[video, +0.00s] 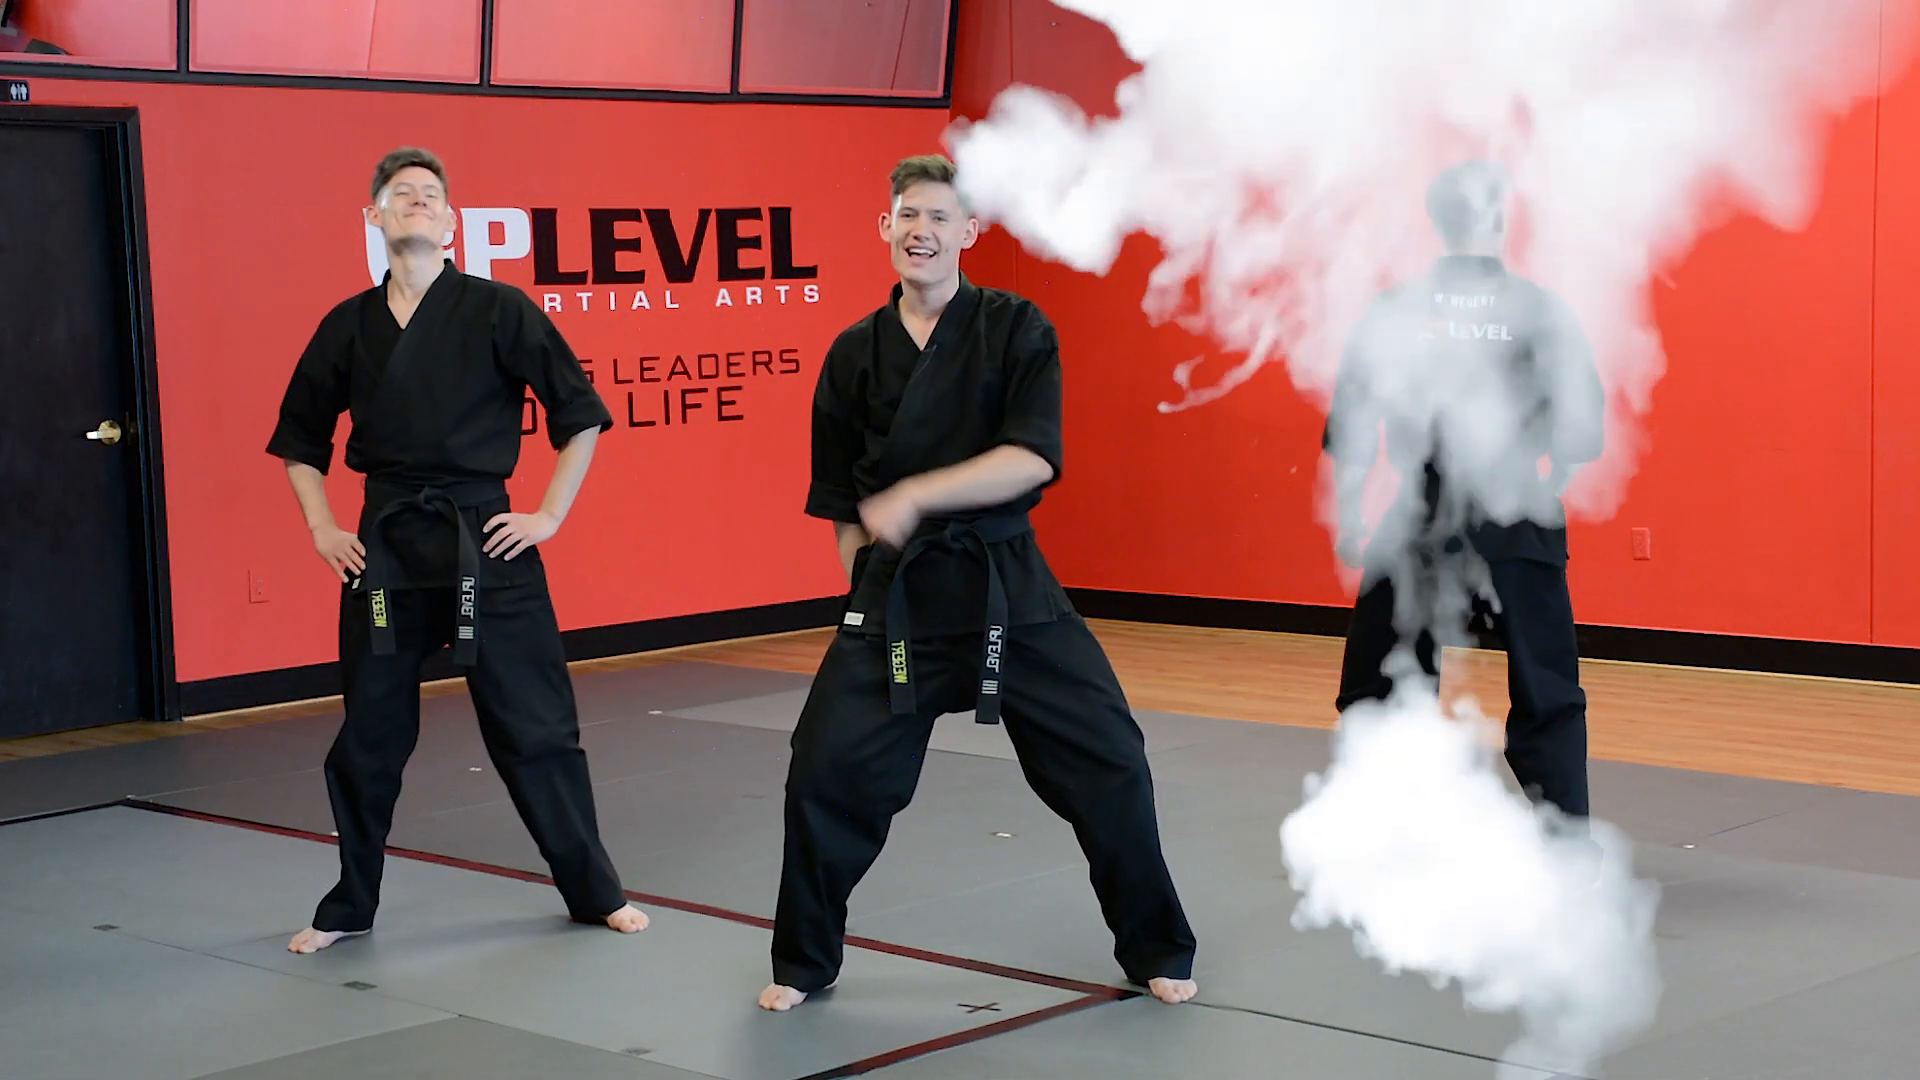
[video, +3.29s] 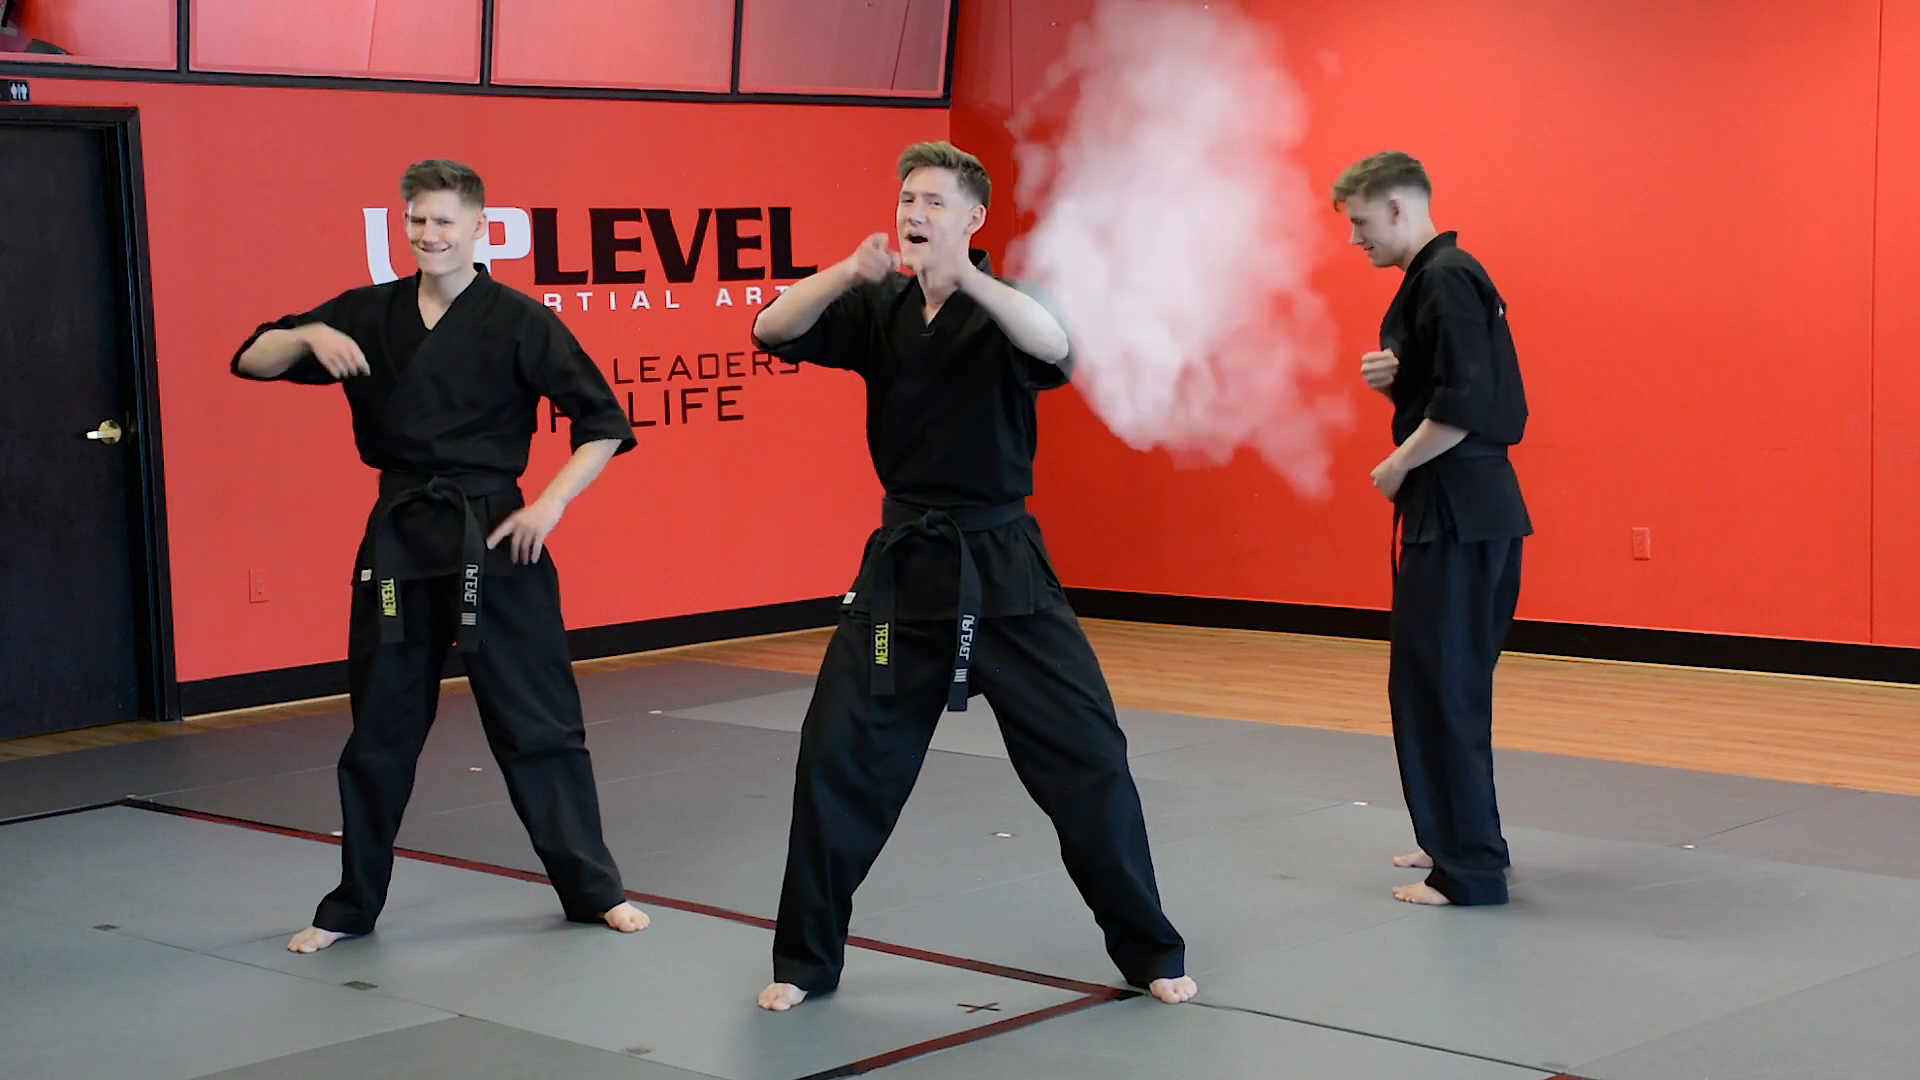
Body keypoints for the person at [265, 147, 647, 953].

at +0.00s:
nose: (418, 201)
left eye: (430, 194)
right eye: (402, 193)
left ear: (451, 220)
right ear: (374, 217)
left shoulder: (501, 310)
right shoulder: (348, 326)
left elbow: (583, 416)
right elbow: (297, 437)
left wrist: (547, 517)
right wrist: (322, 527)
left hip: (490, 543)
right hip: (388, 549)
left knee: (536, 728)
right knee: (367, 740)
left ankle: (595, 892)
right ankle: (350, 905)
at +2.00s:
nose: (377, 231)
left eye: (381, 216)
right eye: (356, 226)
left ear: (399, 225)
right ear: (328, 250)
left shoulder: (470, 306)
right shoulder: (329, 346)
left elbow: (560, 405)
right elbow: (286, 452)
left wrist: (538, 512)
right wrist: (313, 533)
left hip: (477, 538)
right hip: (380, 545)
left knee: (529, 725)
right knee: (364, 740)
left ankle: (592, 892)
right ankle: (352, 905)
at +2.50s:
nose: (366, 238)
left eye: (380, 223)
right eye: (352, 226)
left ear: (413, 229)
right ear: (338, 239)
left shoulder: (479, 310)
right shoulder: (336, 344)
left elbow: (567, 409)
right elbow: (283, 438)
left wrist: (541, 511)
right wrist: (269, 461)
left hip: (478, 539)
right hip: (379, 544)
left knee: (530, 724)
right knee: (366, 737)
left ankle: (592, 891)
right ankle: (352, 905)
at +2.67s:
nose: (370, 244)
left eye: (384, 230)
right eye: (361, 231)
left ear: (427, 231)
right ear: (354, 235)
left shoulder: (489, 313)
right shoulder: (339, 338)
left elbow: (577, 414)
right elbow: (257, 430)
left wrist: (543, 515)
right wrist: (231, 357)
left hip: (482, 537)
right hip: (382, 542)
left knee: (532, 724)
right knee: (368, 737)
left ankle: (592, 892)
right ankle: (351, 908)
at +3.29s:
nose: (427, 234)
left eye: (443, 222)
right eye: (417, 221)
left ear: (479, 228)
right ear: (405, 226)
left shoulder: (520, 320)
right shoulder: (367, 314)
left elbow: (607, 425)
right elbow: (250, 360)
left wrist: (549, 505)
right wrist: (308, 335)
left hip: (499, 538)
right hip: (399, 540)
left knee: (541, 725)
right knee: (379, 735)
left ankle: (593, 891)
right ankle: (353, 905)